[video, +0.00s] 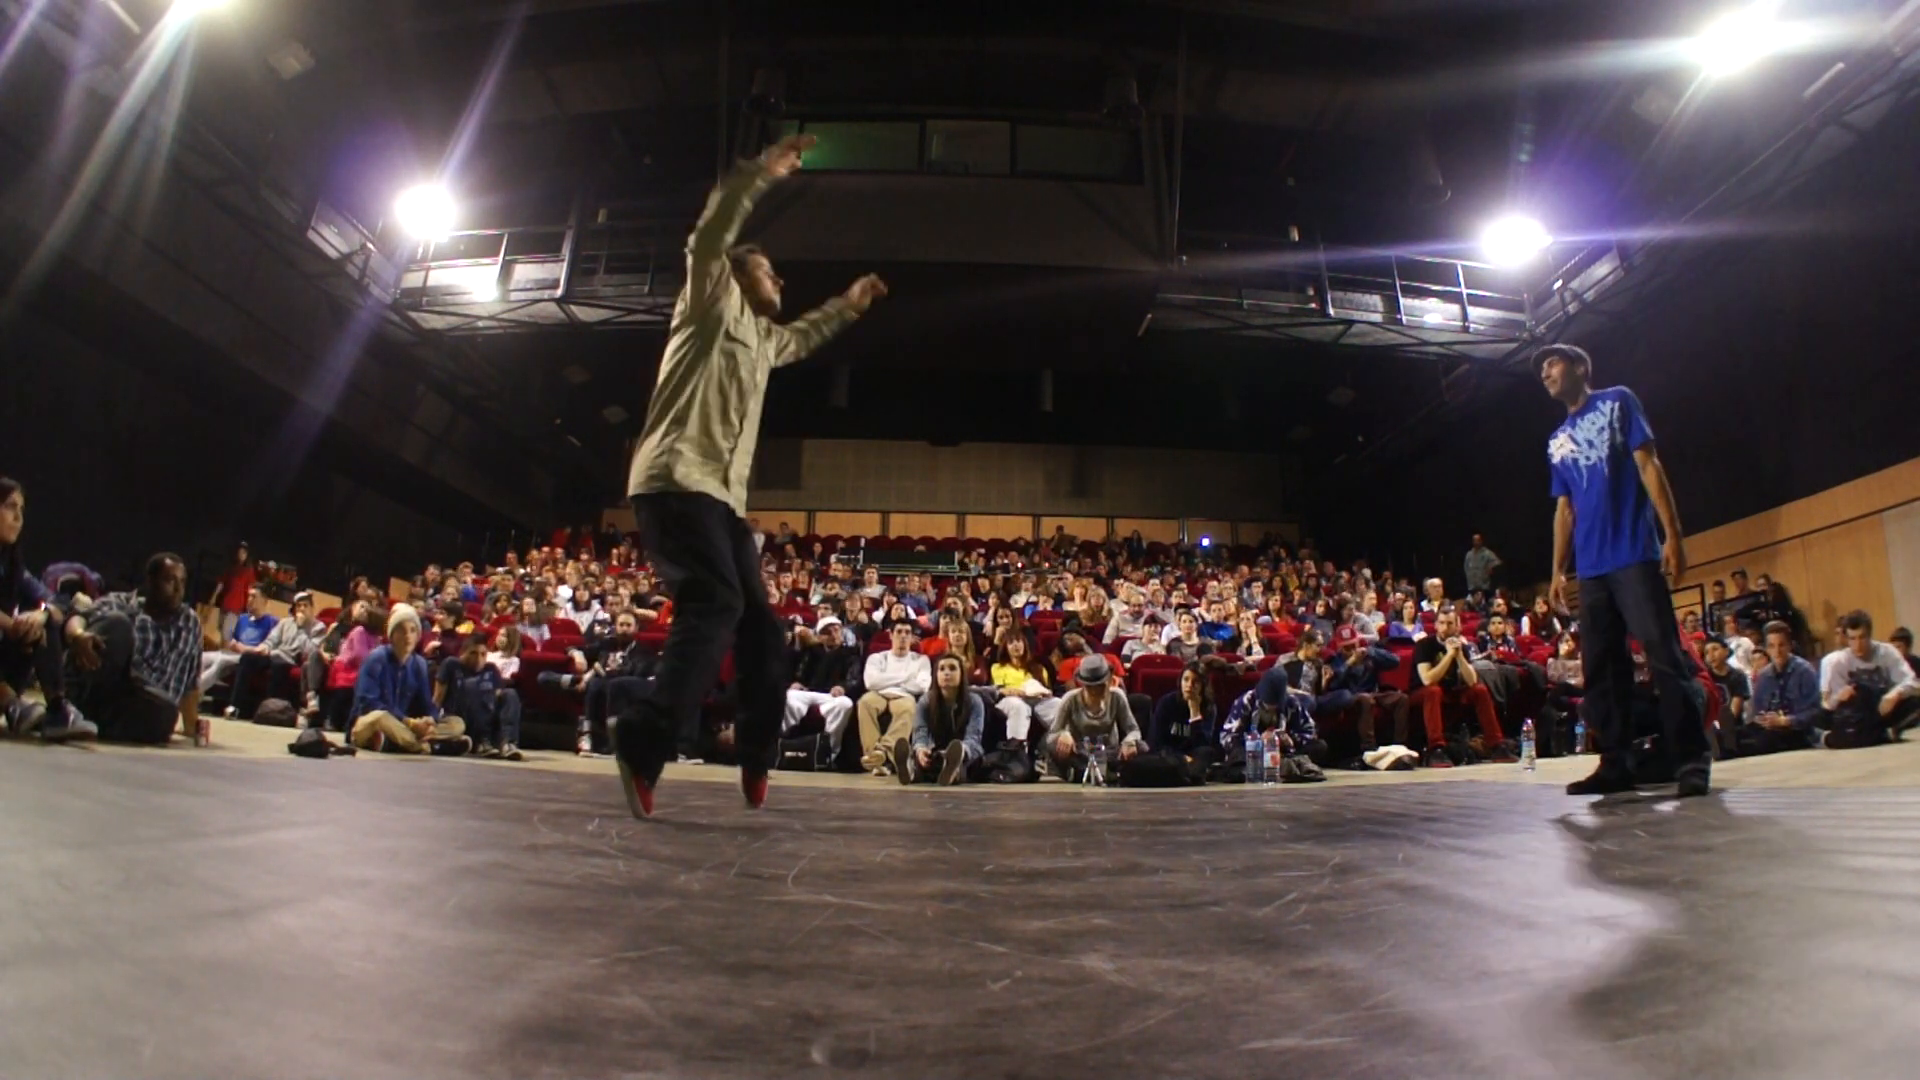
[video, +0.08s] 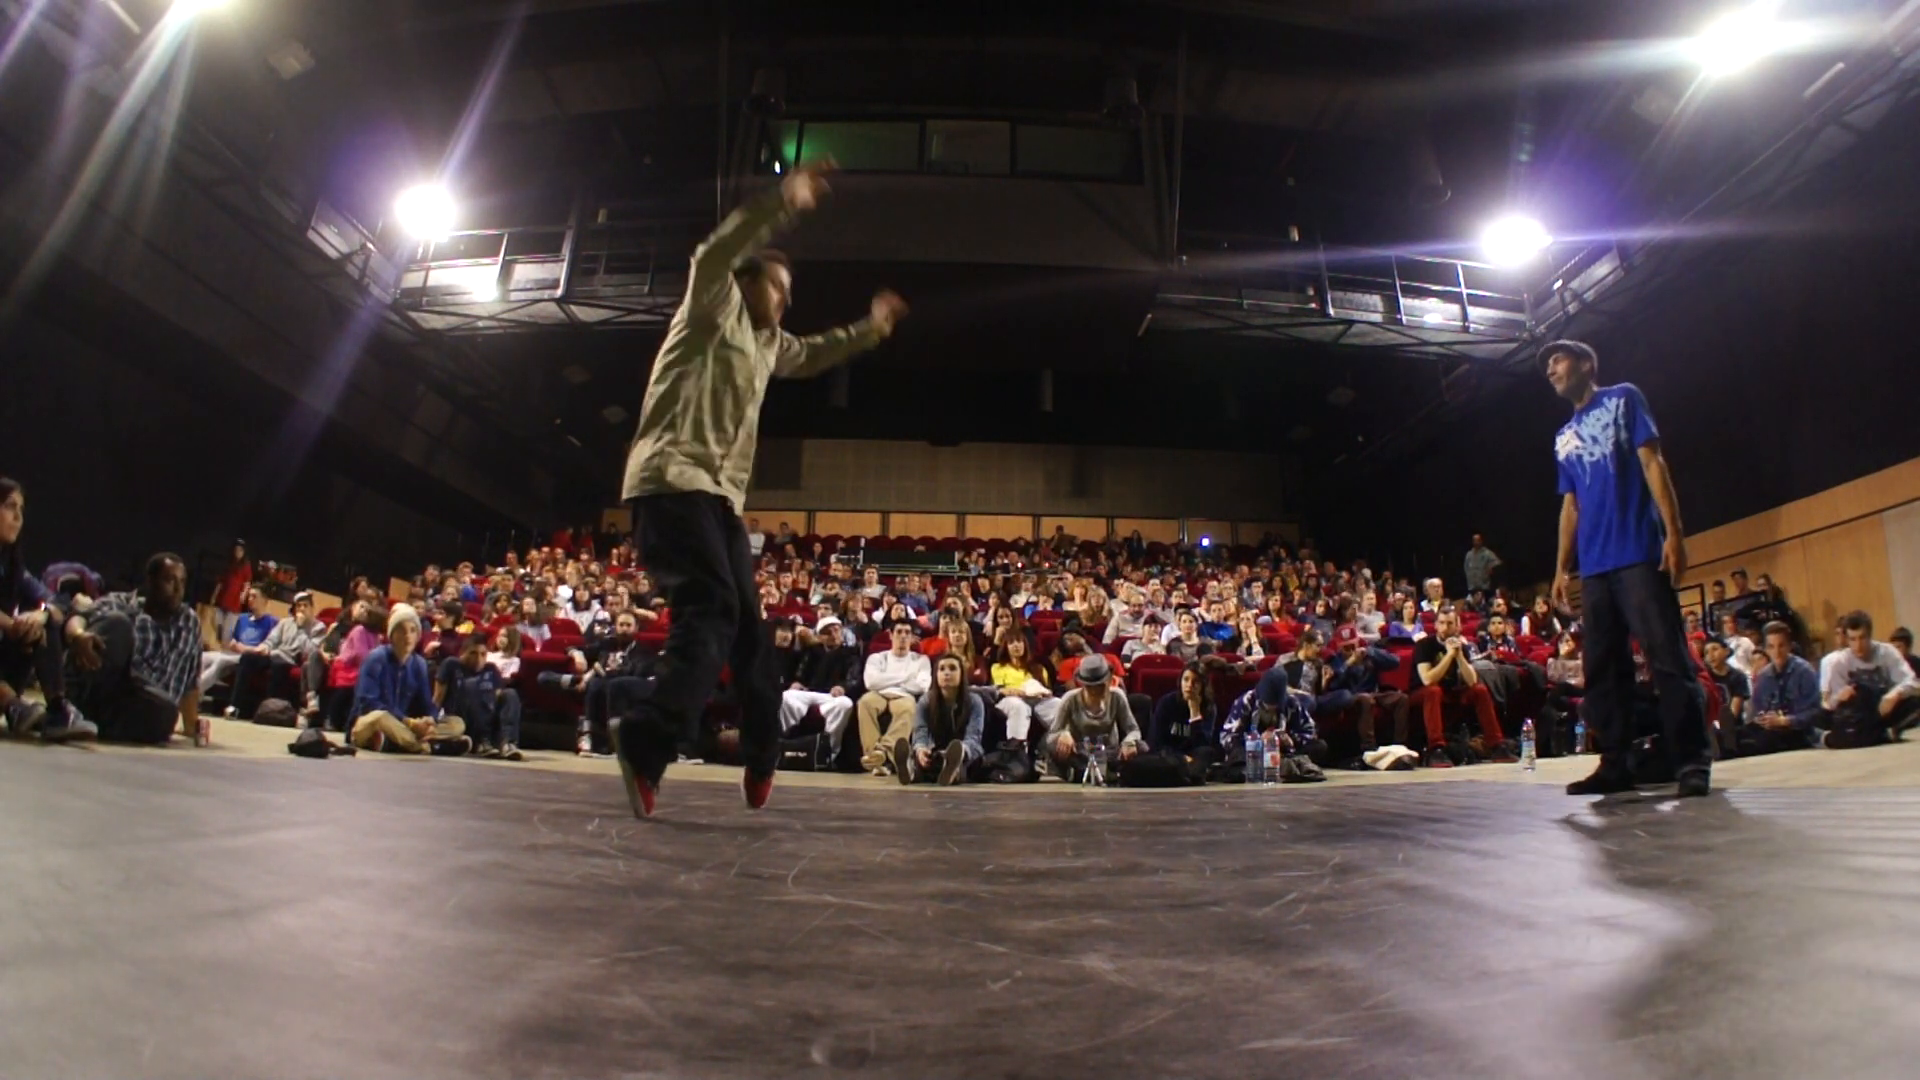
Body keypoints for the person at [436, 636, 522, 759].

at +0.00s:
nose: (478, 658)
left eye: (483, 654)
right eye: (474, 653)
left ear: (487, 655)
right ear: (465, 654)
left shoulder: (490, 669)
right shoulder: (451, 665)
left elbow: (497, 695)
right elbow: (438, 697)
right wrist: (430, 721)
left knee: (510, 694)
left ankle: (508, 743)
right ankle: (483, 742)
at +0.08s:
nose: (478, 658)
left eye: (483, 654)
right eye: (473, 653)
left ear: (486, 655)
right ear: (464, 654)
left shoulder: (490, 669)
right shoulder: (451, 665)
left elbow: (497, 695)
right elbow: (438, 697)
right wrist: (430, 720)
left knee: (510, 694)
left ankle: (508, 743)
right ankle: (483, 742)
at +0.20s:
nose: (478, 659)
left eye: (483, 654)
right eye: (473, 654)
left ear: (486, 655)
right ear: (464, 653)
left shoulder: (490, 669)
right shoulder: (450, 665)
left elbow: (497, 695)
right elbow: (438, 698)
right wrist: (429, 722)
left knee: (510, 694)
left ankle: (508, 743)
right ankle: (483, 742)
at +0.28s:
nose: (478, 659)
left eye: (483, 654)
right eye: (473, 654)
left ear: (487, 655)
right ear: (464, 653)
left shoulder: (491, 669)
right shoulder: (450, 664)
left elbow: (497, 695)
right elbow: (438, 697)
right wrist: (429, 722)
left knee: (510, 694)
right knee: (471, 690)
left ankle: (508, 743)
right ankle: (483, 742)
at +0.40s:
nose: (478, 659)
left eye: (483, 654)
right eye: (473, 654)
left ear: (487, 655)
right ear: (464, 653)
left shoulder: (491, 669)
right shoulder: (450, 664)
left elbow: (497, 696)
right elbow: (438, 697)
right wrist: (429, 721)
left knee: (510, 694)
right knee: (471, 688)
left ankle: (508, 743)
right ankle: (483, 742)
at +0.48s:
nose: (478, 659)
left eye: (483, 654)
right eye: (473, 654)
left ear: (487, 655)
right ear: (464, 653)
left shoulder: (491, 669)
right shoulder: (450, 664)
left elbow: (496, 695)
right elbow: (438, 698)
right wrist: (429, 722)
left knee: (510, 694)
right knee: (471, 688)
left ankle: (508, 743)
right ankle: (483, 742)